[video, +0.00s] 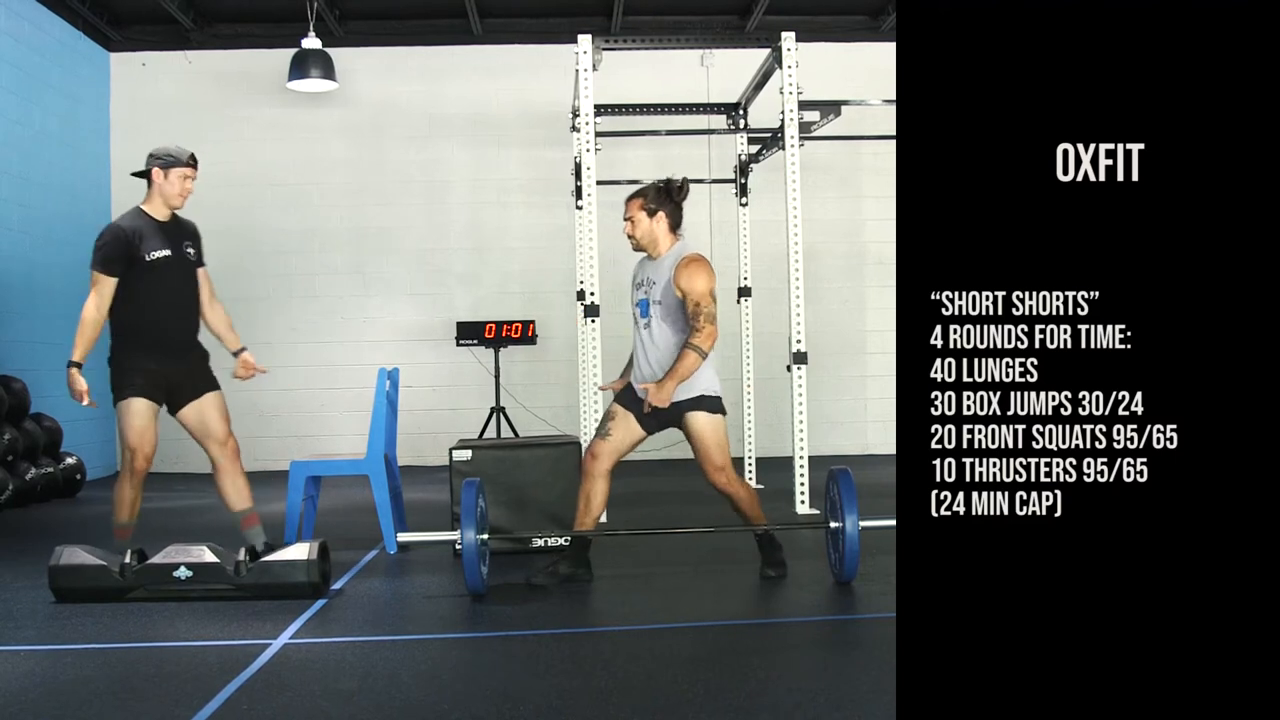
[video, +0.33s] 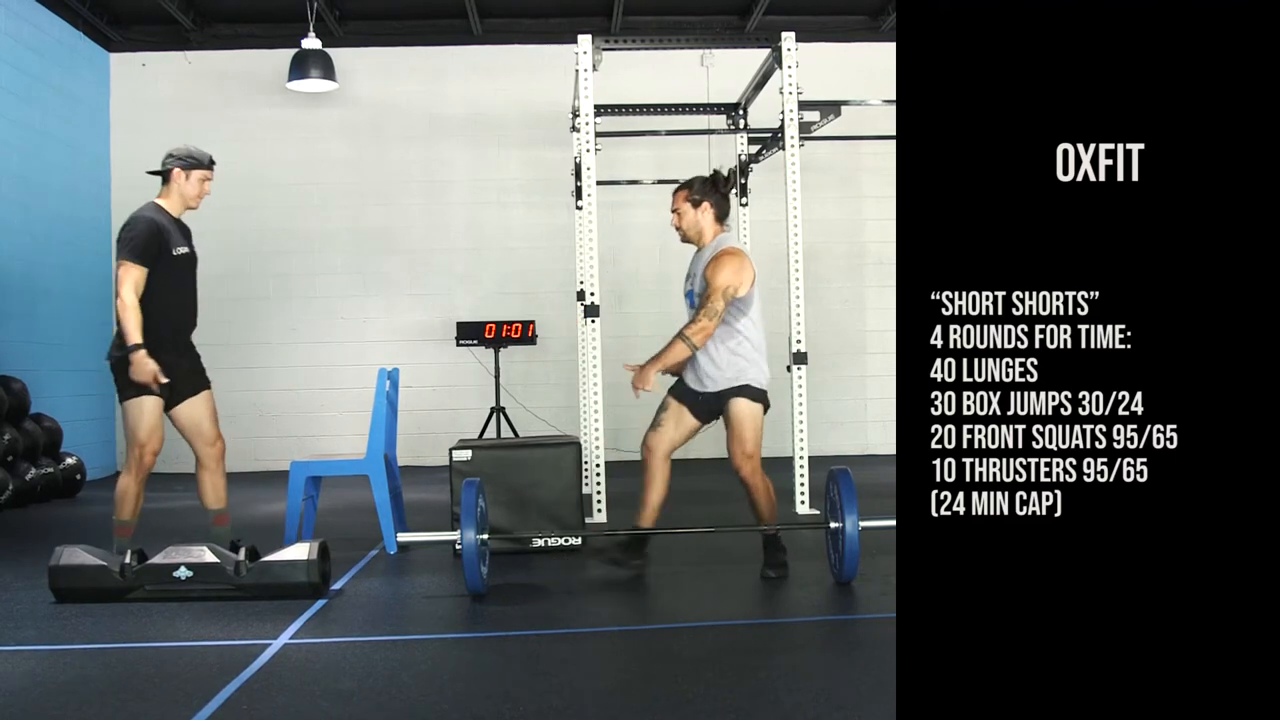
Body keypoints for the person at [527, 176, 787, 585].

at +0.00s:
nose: (626, 230)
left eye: (631, 221)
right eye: (626, 222)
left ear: (659, 219)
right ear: (654, 221)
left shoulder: (692, 268)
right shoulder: (643, 269)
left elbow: (705, 333)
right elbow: (649, 335)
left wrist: (670, 382)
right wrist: (626, 378)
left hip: (694, 390)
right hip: (644, 389)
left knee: (721, 475)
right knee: (597, 459)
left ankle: (768, 544)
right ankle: (577, 556)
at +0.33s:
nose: (673, 221)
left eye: (678, 212)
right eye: (673, 213)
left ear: (705, 210)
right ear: (701, 213)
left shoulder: (729, 260)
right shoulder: (701, 259)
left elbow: (704, 327)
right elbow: (705, 327)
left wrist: (651, 366)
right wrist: (676, 363)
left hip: (740, 380)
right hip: (699, 380)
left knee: (746, 463)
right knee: (655, 445)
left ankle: (773, 545)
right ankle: (638, 543)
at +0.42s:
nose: (677, 215)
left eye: (681, 206)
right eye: (676, 207)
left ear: (707, 203)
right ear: (703, 205)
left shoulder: (730, 252)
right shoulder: (707, 253)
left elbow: (713, 320)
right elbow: (710, 323)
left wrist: (668, 365)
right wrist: (674, 358)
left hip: (746, 374)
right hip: (708, 375)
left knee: (749, 459)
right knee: (664, 440)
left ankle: (774, 545)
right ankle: (679, 536)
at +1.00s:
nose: (673, 215)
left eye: (676, 206)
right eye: (672, 208)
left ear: (701, 201)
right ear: (700, 202)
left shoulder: (718, 247)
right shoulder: (707, 247)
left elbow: (706, 314)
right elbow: (711, 320)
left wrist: (676, 366)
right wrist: (679, 354)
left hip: (731, 374)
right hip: (704, 375)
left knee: (750, 455)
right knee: (666, 441)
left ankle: (777, 544)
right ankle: (675, 536)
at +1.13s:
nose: (661, 224)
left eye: (664, 215)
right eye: (660, 216)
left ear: (689, 210)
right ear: (692, 212)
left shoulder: (697, 261)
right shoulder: (695, 258)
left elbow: (669, 325)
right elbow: (679, 326)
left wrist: (631, 368)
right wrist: (643, 362)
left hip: (708, 383)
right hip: (675, 382)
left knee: (723, 465)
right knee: (636, 450)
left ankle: (773, 543)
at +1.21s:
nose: (651, 238)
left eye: (655, 229)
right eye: (651, 230)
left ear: (679, 227)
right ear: (682, 229)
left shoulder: (678, 278)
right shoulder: (696, 273)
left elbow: (647, 343)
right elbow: (713, 334)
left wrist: (600, 377)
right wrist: (672, 369)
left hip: (688, 399)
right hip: (661, 395)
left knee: (690, 487)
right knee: (611, 454)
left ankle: (763, 536)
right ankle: (587, 543)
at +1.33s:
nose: (632, 273)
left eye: (635, 265)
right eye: (632, 265)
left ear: (660, 262)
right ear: (662, 264)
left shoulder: (656, 314)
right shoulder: (675, 306)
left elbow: (614, 374)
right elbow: (693, 372)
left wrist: (569, 397)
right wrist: (641, 390)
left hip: (661, 434)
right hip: (638, 424)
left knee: (653, 528)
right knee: (572, 453)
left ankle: (743, 528)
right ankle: (578, 542)